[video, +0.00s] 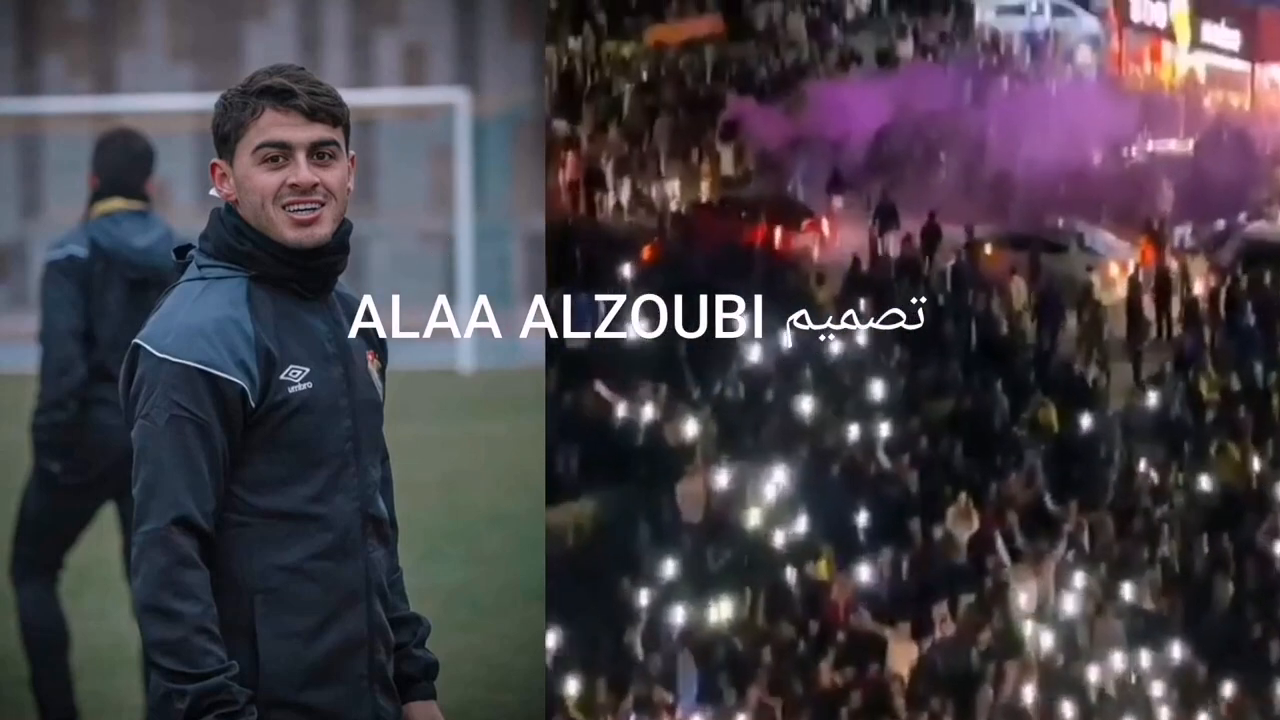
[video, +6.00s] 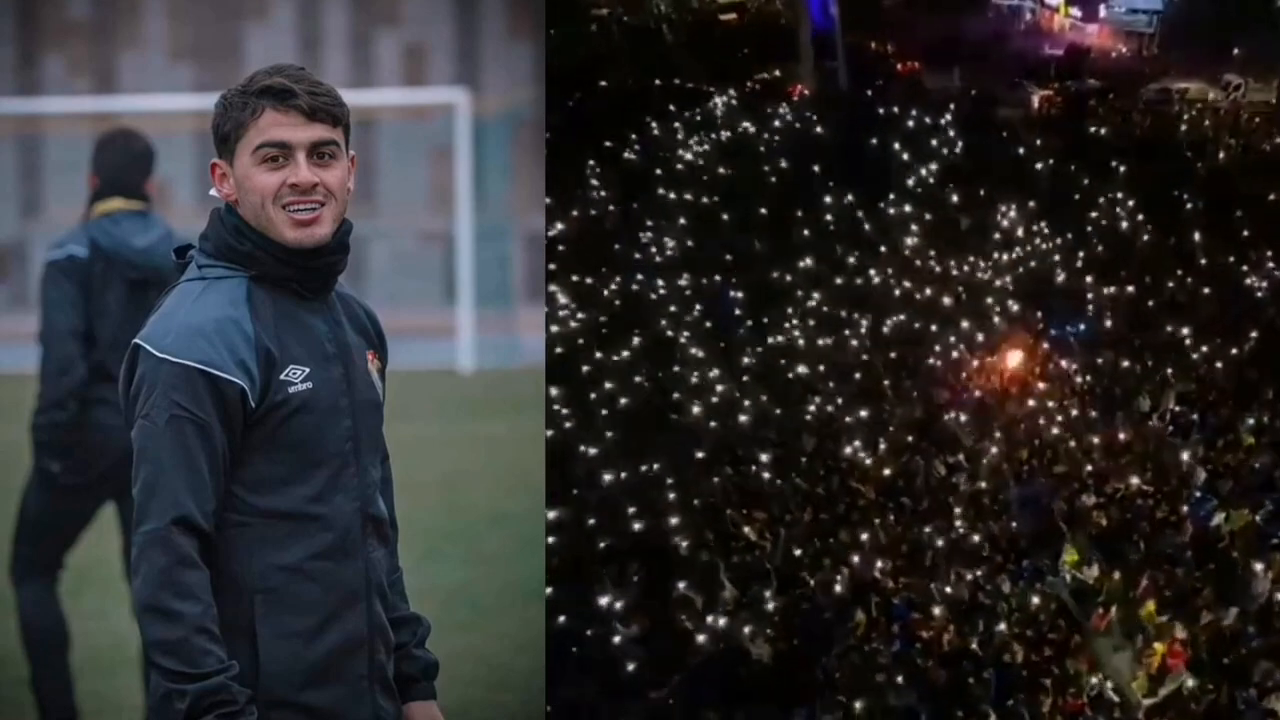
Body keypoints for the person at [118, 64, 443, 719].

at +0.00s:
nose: (305, 178)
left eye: (322, 155)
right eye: (274, 158)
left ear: (350, 171)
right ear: (226, 182)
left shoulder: (351, 319)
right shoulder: (196, 334)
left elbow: (372, 523)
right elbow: (164, 551)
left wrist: (414, 684)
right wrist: (213, 705)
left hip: (364, 690)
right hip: (260, 692)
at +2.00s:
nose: (305, 178)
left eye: (322, 155)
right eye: (274, 158)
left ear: (349, 171)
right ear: (226, 182)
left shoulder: (356, 324)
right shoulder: (195, 334)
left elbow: (373, 525)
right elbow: (164, 551)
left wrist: (414, 684)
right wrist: (213, 705)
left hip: (364, 690)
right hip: (259, 691)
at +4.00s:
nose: (304, 178)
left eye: (322, 155)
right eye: (274, 158)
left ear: (350, 171)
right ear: (226, 182)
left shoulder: (356, 323)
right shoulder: (195, 334)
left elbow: (372, 525)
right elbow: (164, 550)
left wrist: (414, 685)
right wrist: (213, 705)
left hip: (365, 690)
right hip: (259, 691)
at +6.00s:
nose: (305, 178)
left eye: (322, 155)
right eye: (274, 158)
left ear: (349, 171)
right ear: (226, 182)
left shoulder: (356, 323)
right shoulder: (195, 334)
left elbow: (372, 525)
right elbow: (164, 550)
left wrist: (414, 684)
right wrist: (213, 705)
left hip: (366, 690)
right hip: (260, 691)